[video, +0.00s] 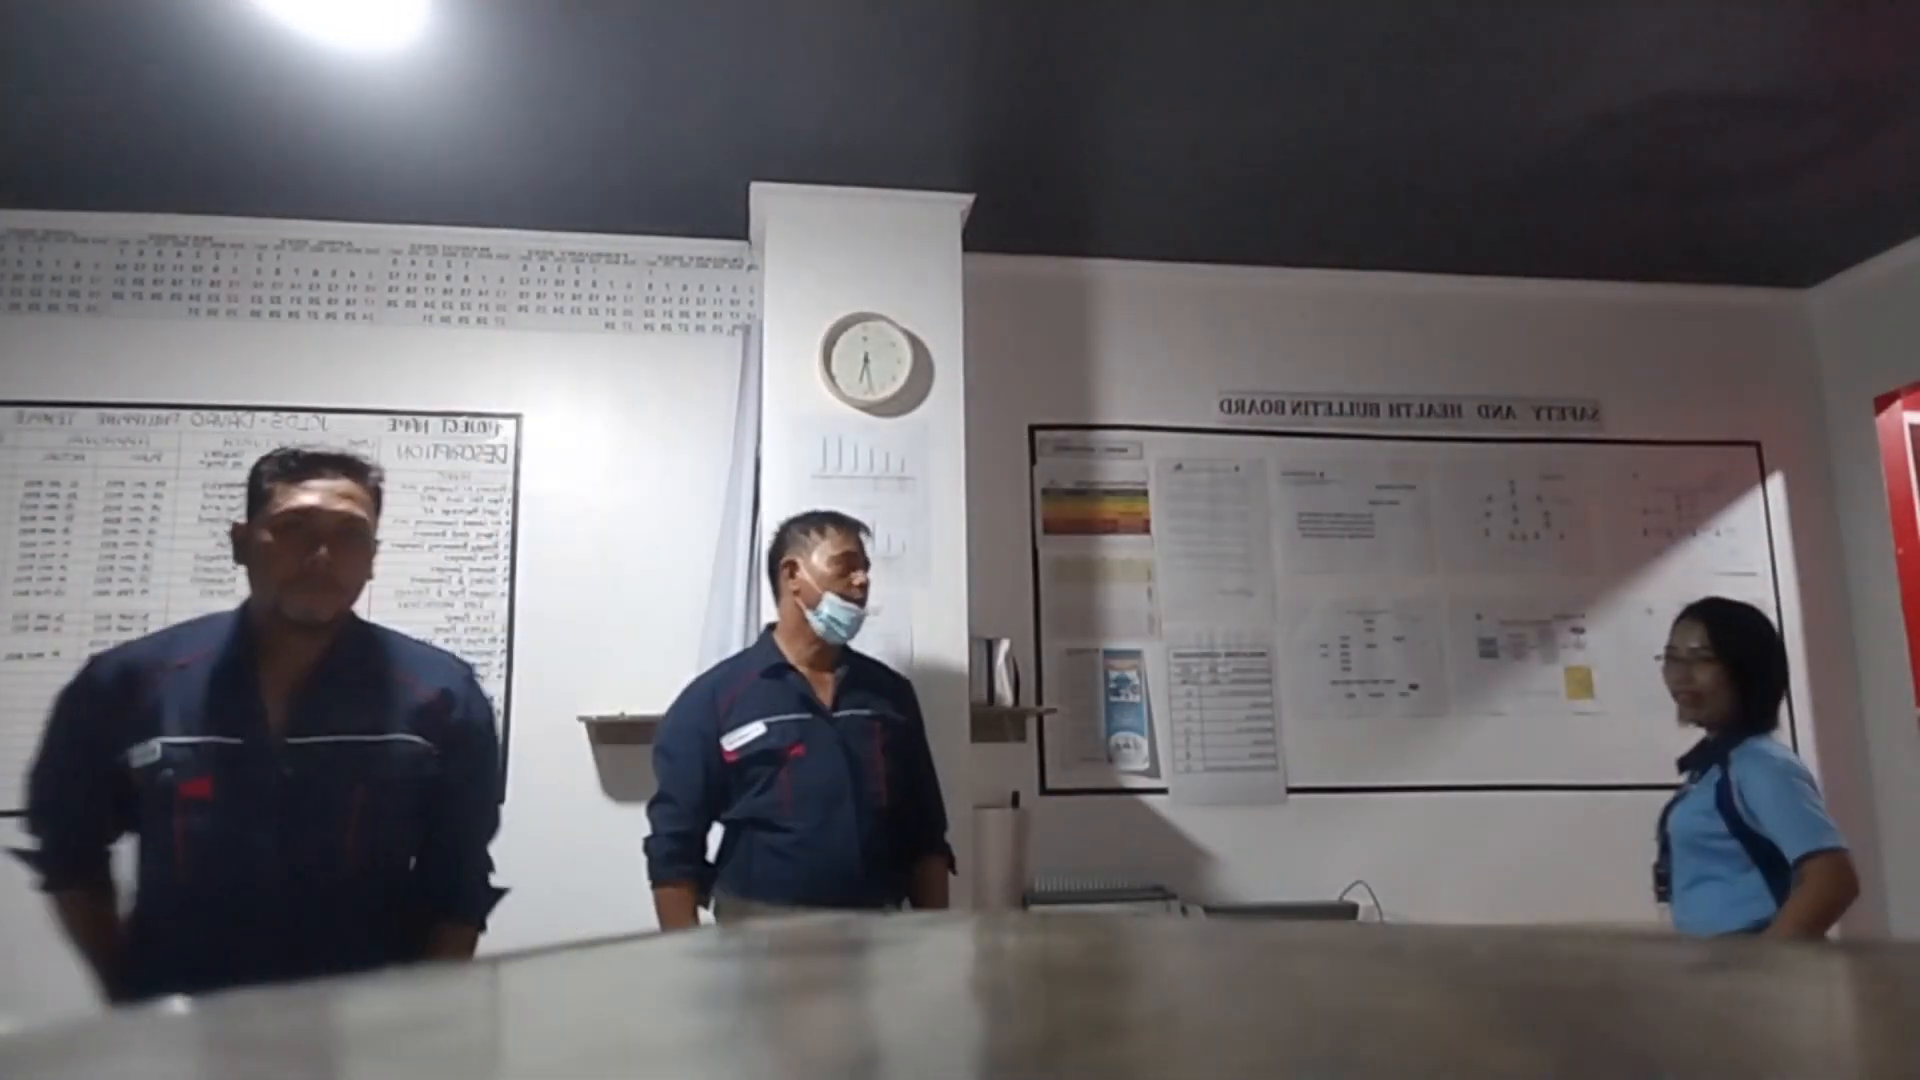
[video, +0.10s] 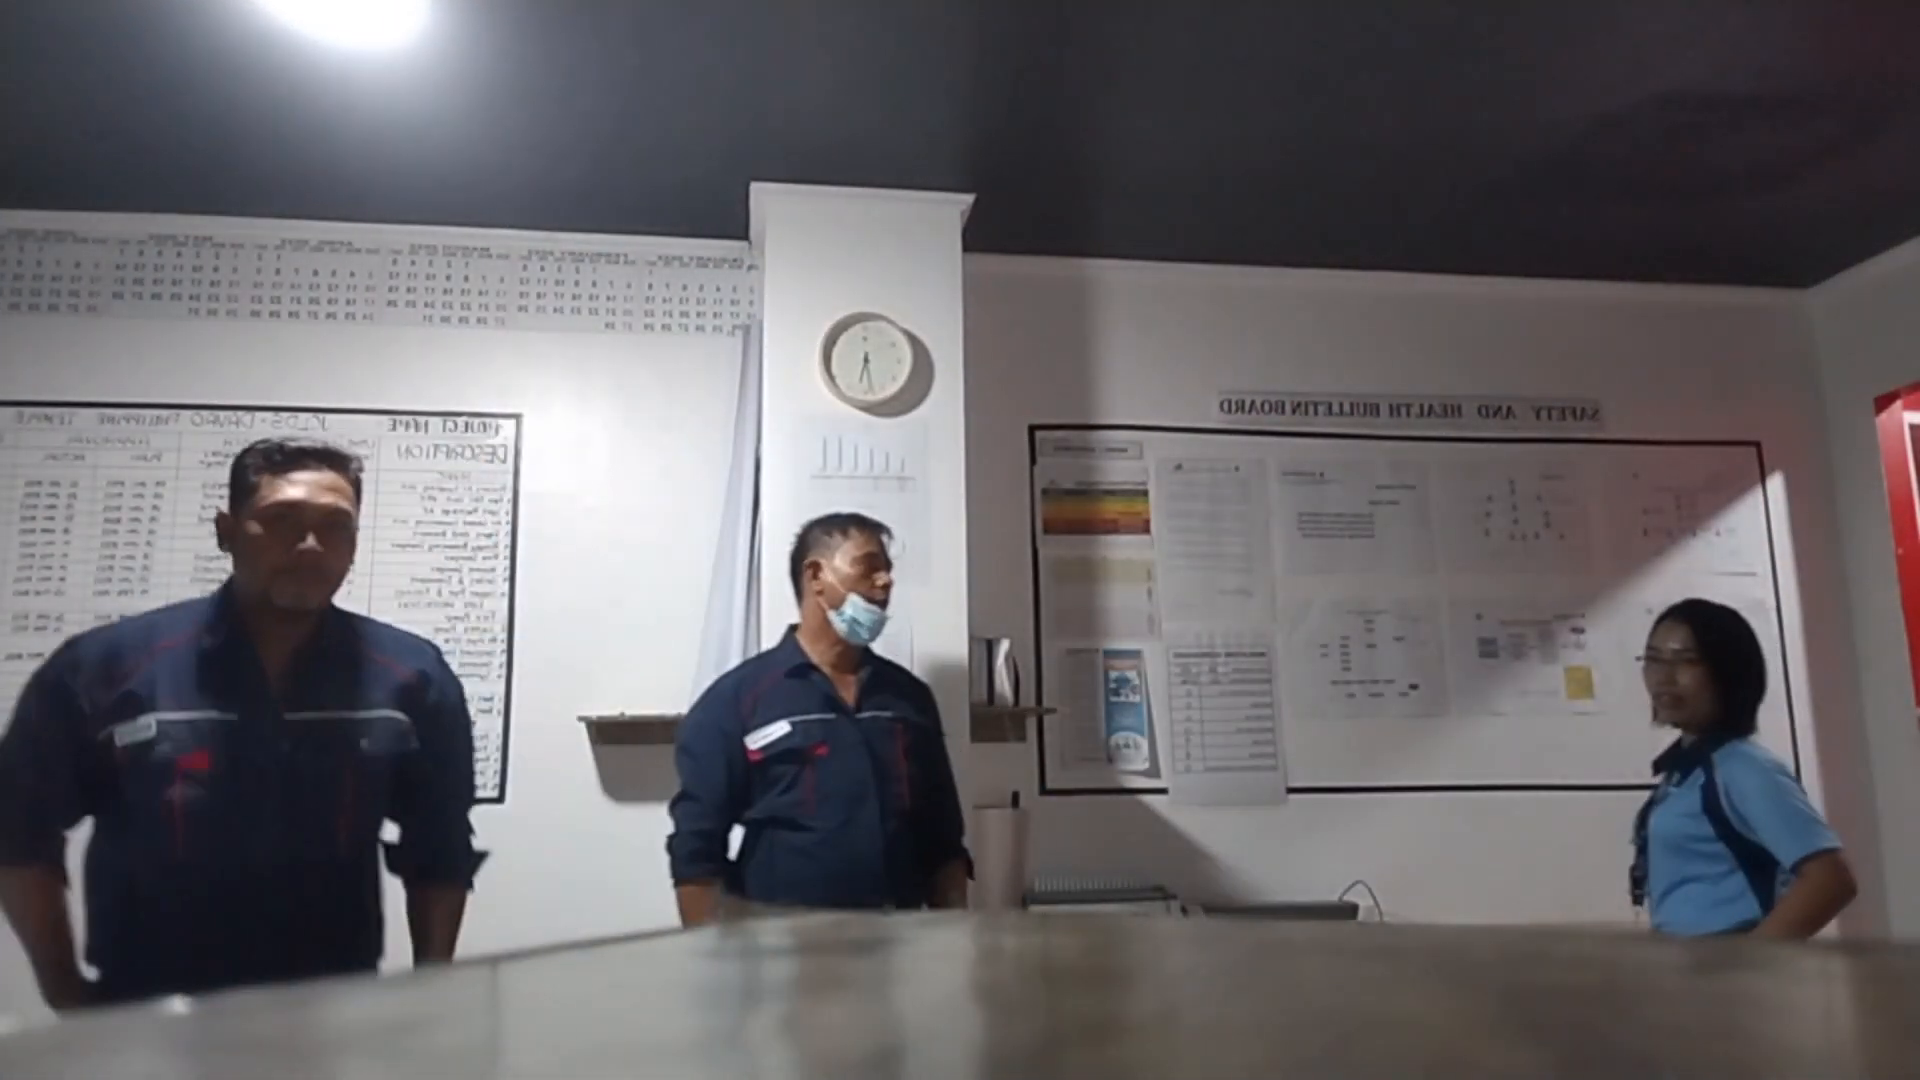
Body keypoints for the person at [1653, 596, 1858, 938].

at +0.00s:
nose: (1679, 675)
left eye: (1701, 659)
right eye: (1671, 659)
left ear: (1745, 667)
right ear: (1663, 664)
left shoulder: (1761, 763)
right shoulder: (1712, 768)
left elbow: (1833, 880)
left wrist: (1758, 969)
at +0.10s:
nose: (1662, 677)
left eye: (1684, 660)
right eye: (1653, 659)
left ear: (1727, 669)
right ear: (1644, 667)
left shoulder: (1742, 767)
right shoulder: (1683, 769)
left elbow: (1830, 880)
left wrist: (1747, 962)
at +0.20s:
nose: (1647, 677)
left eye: (1668, 661)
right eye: (1636, 659)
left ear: (1709, 670)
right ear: (1625, 667)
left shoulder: (1726, 766)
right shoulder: (1653, 769)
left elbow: (1821, 880)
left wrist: (1725, 951)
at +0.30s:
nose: (1630, 675)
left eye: (1652, 659)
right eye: (1617, 657)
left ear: (1690, 670)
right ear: (1605, 668)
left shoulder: (1710, 766)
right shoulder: (1624, 771)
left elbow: (1806, 878)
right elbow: (1630, 897)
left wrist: (1702, 941)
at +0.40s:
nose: (1610, 674)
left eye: (1634, 659)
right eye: (1597, 656)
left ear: (1668, 673)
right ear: (1582, 671)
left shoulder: (1693, 771)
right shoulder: (1595, 772)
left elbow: (1790, 877)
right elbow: (1607, 887)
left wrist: (1689, 926)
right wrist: (1554, 943)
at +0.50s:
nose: (1590, 675)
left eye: (1612, 662)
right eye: (1576, 660)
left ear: (1644, 675)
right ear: (1560, 677)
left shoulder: (1675, 777)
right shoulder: (1560, 784)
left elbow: (1772, 880)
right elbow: (1575, 884)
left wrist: (1676, 923)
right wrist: (1522, 941)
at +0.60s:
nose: (1570, 679)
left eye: (1591, 665)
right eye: (1554, 664)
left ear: (1622, 680)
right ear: (1536, 680)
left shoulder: (1651, 780)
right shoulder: (1532, 785)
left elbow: (1746, 884)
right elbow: (1538, 883)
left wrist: (1649, 936)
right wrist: (1482, 939)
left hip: (1624, 983)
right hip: (1542, 979)